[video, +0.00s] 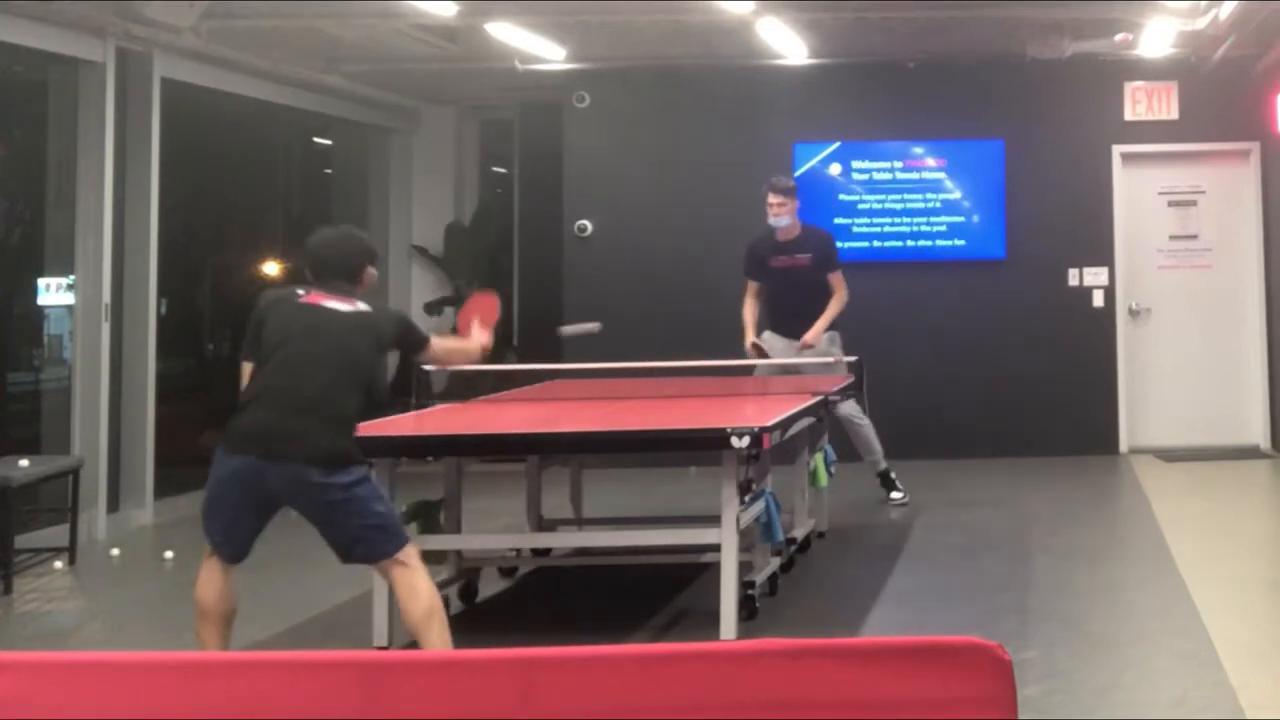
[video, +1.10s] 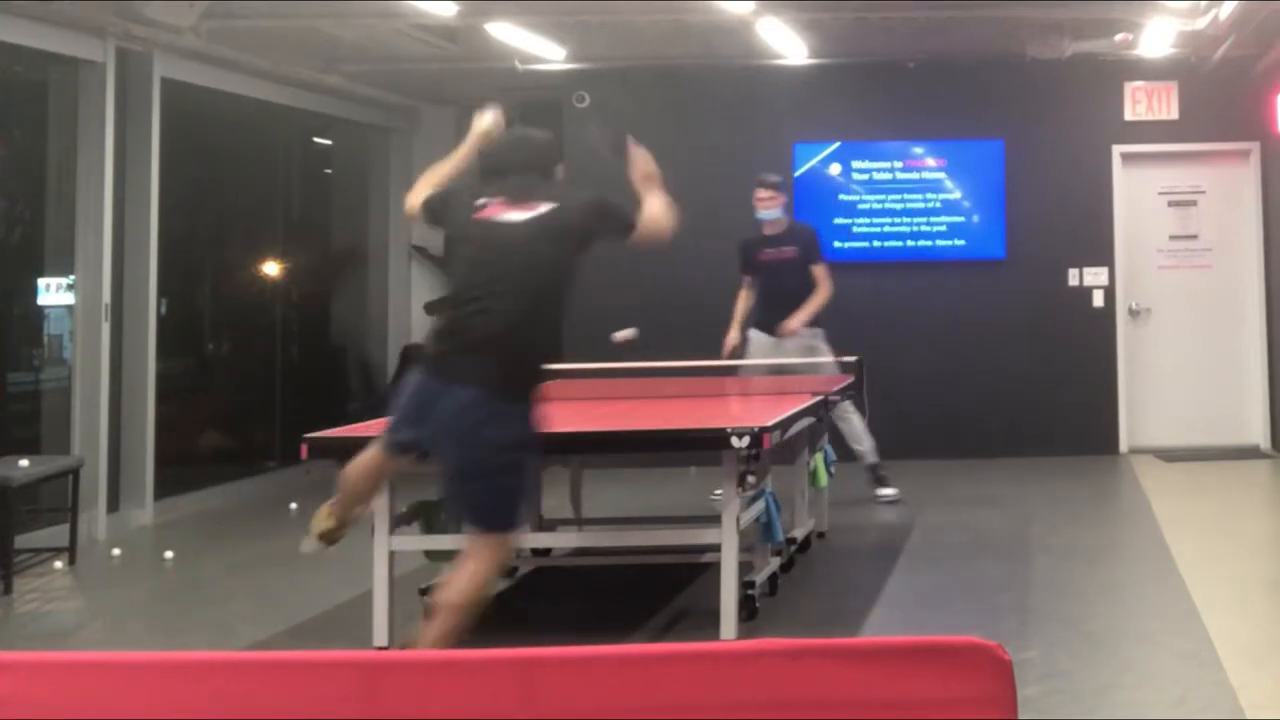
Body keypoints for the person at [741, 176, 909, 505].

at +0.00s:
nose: (775, 210)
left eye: (781, 205)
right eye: (770, 205)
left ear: (796, 205)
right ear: (766, 208)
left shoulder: (820, 241)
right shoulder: (759, 248)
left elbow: (841, 293)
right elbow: (751, 296)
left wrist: (817, 331)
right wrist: (750, 336)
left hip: (820, 340)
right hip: (776, 341)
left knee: (844, 406)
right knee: (754, 412)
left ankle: (884, 473)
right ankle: (752, 486)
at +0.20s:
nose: (797, 227)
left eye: (803, 221)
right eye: (792, 222)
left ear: (815, 221)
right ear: (786, 223)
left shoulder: (839, 249)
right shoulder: (780, 260)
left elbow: (865, 297)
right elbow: (763, 305)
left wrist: (842, 337)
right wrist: (773, 345)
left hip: (845, 341)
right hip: (800, 343)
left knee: (870, 407)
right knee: (780, 411)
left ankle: (890, 472)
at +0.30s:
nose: (813, 235)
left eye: (819, 229)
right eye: (808, 230)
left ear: (831, 228)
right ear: (802, 231)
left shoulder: (853, 253)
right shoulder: (796, 266)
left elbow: (880, 297)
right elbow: (767, 316)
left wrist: (873, 340)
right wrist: (793, 339)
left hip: (858, 339)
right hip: (816, 345)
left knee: (876, 402)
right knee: (794, 406)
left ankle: (891, 472)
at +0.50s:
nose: (839, 241)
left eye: (845, 236)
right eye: (834, 236)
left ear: (855, 236)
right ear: (828, 238)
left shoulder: (876, 260)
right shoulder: (818, 271)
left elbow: (903, 286)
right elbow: (793, 313)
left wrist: (921, 327)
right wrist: (771, 313)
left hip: (875, 340)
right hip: (832, 343)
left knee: (892, 398)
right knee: (802, 392)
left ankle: (895, 473)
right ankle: (817, 457)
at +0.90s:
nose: (816, 211)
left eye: (822, 205)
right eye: (812, 205)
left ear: (833, 207)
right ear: (804, 208)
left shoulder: (854, 243)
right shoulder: (795, 249)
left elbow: (875, 290)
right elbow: (778, 293)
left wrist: (874, 335)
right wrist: (762, 326)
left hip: (852, 340)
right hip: (808, 343)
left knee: (877, 402)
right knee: (789, 409)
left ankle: (892, 473)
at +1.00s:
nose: (791, 208)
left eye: (797, 203)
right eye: (786, 203)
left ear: (807, 206)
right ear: (779, 208)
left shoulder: (828, 241)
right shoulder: (774, 251)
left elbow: (851, 292)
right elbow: (763, 295)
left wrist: (838, 331)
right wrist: (751, 331)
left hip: (829, 345)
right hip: (786, 348)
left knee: (862, 404)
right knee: (764, 414)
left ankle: (889, 472)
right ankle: (744, 482)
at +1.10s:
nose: (764, 205)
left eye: (770, 199)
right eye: (759, 200)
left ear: (784, 201)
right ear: (754, 204)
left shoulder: (803, 237)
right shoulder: (751, 246)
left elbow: (825, 287)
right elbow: (746, 290)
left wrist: (798, 318)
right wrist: (735, 329)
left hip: (803, 337)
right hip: (762, 339)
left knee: (837, 399)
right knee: (746, 405)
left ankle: (875, 469)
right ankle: (740, 479)